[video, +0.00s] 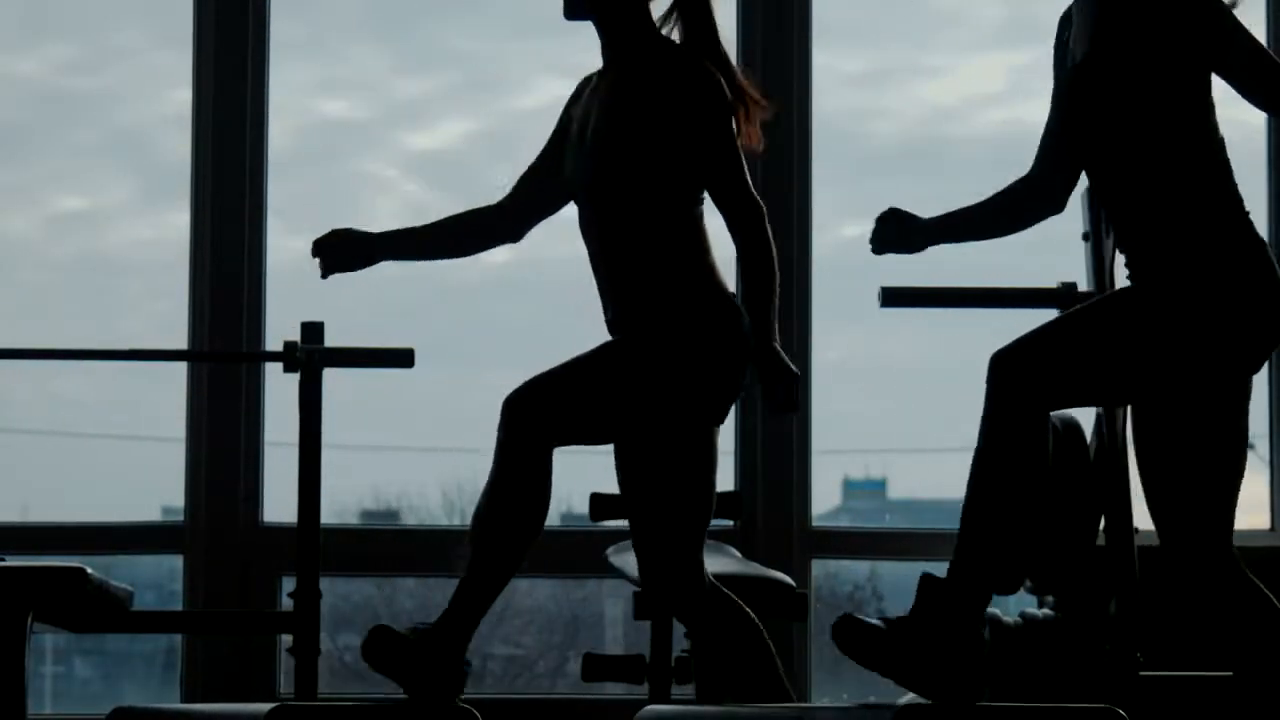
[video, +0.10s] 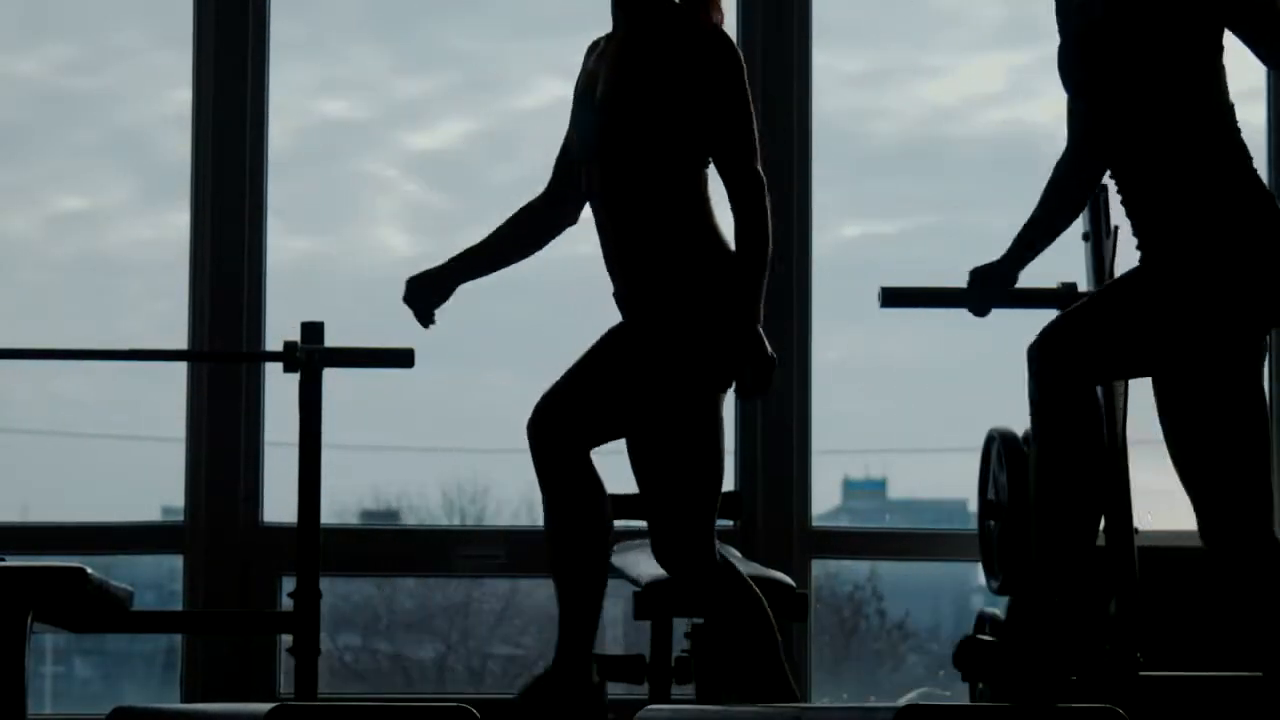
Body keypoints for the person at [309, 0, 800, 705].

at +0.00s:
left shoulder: (682, 81)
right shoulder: (594, 98)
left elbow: (751, 220)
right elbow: (509, 218)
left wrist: (769, 344)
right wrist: (380, 245)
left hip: (692, 348)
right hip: (648, 348)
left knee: (532, 413)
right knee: (674, 579)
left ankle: (447, 645)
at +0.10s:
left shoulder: (705, 48)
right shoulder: (603, 57)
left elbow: (751, 196)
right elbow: (559, 203)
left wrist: (750, 322)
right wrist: (451, 272)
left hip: (692, 318)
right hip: (656, 317)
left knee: (558, 428)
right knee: (685, 545)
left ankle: (574, 669)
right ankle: (782, 708)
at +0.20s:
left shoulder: (707, 40)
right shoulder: (602, 57)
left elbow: (743, 178)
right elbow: (585, 199)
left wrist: (721, 287)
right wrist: (513, 310)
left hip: (694, 314)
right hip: (658, 315)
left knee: (598, 479)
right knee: (702, 520)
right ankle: (775, 695)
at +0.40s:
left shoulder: (667, 33)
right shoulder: (636, 31)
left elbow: (646, 172)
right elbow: (636, 169)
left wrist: (535, 163)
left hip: (694, 313)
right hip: (647, 313)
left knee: (692, 537)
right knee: (558, 508)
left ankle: (780, 710)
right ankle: (690, 669)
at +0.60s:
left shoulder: (593, 12)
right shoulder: (579, 15)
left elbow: (521, 96)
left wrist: (369, 80)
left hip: (655, 280)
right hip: (595, 276)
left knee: (701, 506)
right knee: (414, 382)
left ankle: (782, 693)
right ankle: (422, 623)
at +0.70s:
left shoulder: (547, 26)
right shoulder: (538, 28)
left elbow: (452, 121)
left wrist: (300, 126)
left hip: (614, 303)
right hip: (553, 303)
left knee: (696, 509)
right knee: (367, 406)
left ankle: (783, 694)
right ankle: (316, 649)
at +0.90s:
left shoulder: (456, 11)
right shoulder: (477, 8)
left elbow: (426, 170)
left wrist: (287, 244)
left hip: (475, 264)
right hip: (518, 264)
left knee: (293, 416)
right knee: (518, 484)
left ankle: (302, 653)